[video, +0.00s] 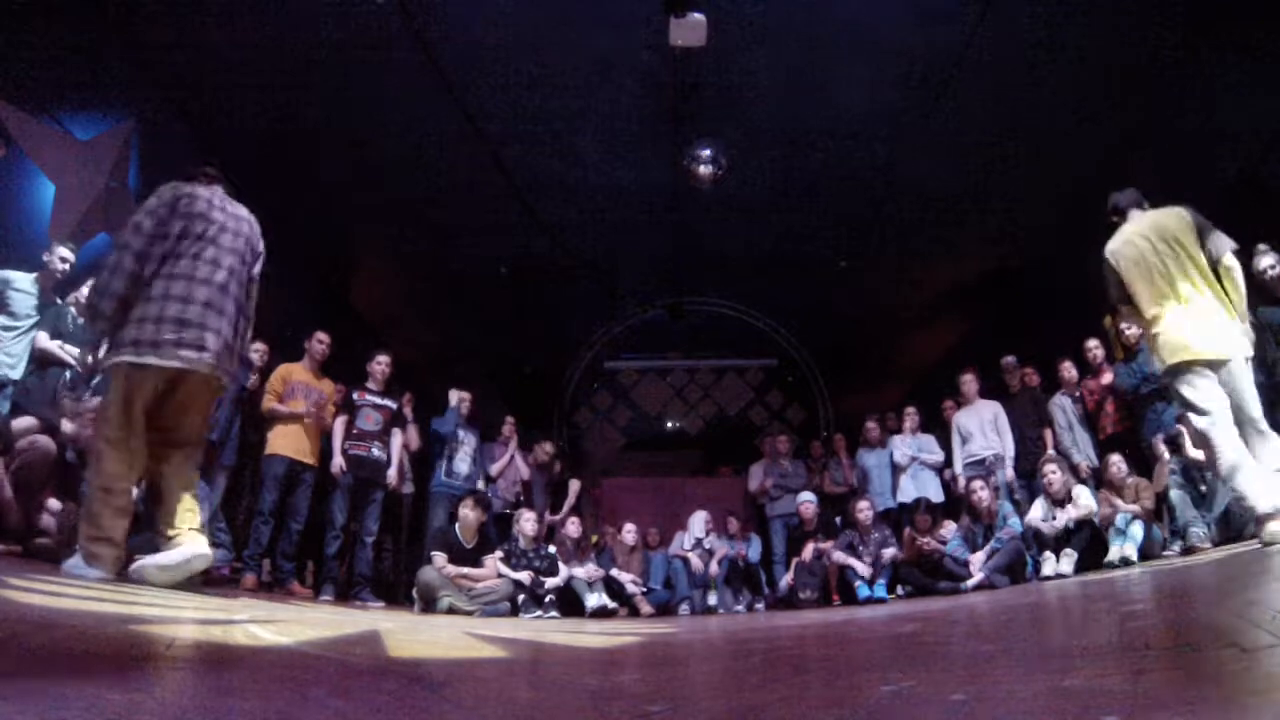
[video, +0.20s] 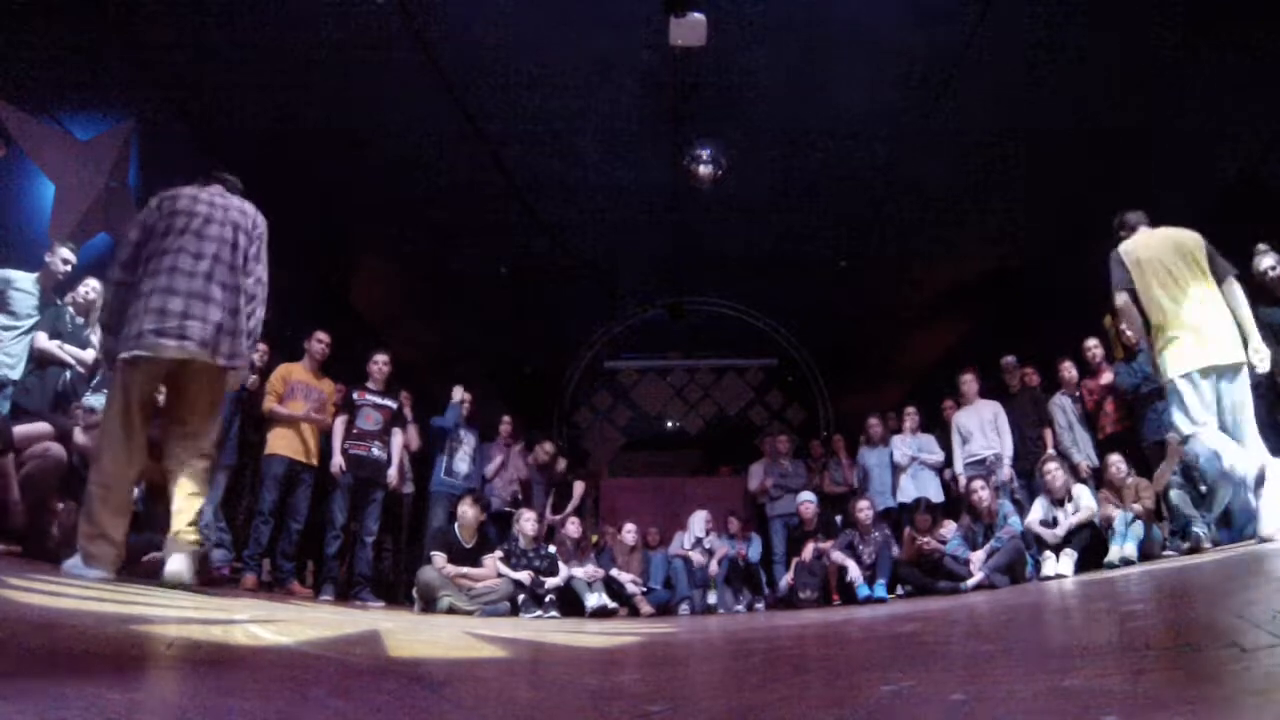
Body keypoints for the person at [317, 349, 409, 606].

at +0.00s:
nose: (383, 368)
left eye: (387, 365)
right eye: (379, 363)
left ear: (391, 371)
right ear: (369, 366)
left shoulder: (395, 403)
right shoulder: (353, 394)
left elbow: (396, 436)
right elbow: (340, 424)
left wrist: (394, 466)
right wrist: (336, 455)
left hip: (377, 468)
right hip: (349, 463)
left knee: (369, 532)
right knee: (337, 527)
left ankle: (361, 587)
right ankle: (328, 584)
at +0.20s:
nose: (380, 367)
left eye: (385, 364)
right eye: (376, 363)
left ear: (390, 369)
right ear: (368, 366)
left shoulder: (395, 403)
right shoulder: (353, 394)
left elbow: (397, 435)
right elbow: (340, 423)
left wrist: (394, 466)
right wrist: (336, 454)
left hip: (377, 468)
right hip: (349, 463)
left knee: (369, 531)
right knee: (337, 527)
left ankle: (361, 587)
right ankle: (328, 584)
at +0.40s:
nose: (380, 367)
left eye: (385, 364)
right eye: (376, 362)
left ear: (390, 369)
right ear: (368, 366)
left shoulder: (395, 403)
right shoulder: (353, 394)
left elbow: (397, 435)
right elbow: (340, 423)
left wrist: (394, 465)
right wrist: (336, 454)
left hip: (377, 468)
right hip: (349, 463)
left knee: (369, 531)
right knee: (337, 526)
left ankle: (361, 586)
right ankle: (328, 584)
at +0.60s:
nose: (381, 367)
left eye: (386, 364)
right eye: (377, 363)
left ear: (391, 369)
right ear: (369, 366)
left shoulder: (396, 404)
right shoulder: (354, 394)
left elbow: (398, 435)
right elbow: (340, 423)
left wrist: (395, 464)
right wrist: (336, 454)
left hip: (377, 468)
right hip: (349, 463)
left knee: (369, 531)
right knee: (337, 527)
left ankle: (361, 586)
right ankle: (328, 584)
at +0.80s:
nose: (382, 368)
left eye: (387, 364)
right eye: (378, 363)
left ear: (393, 370)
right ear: (370, 367)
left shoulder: (396, 404)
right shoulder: (354, 394)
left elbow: (398, 434)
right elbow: (340, 422)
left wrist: (395, 464)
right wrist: (336, 453)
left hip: (377, 467)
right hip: (350, 462)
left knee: (370, 530)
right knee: (338, 526)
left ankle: (361, 586)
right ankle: (328, 583)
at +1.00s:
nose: (383, 368)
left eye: (388, 365)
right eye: (379, 363)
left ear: (393, 370)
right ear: (370, 366)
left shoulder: (396, 403)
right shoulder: (355, 393)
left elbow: (398, 435)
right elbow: (340, 422)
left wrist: (396, 465)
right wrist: (337, 452)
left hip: (378, 466)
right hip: (350, 461)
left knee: (369, 530)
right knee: (338, 526)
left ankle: (361, 586)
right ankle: (328, 584)